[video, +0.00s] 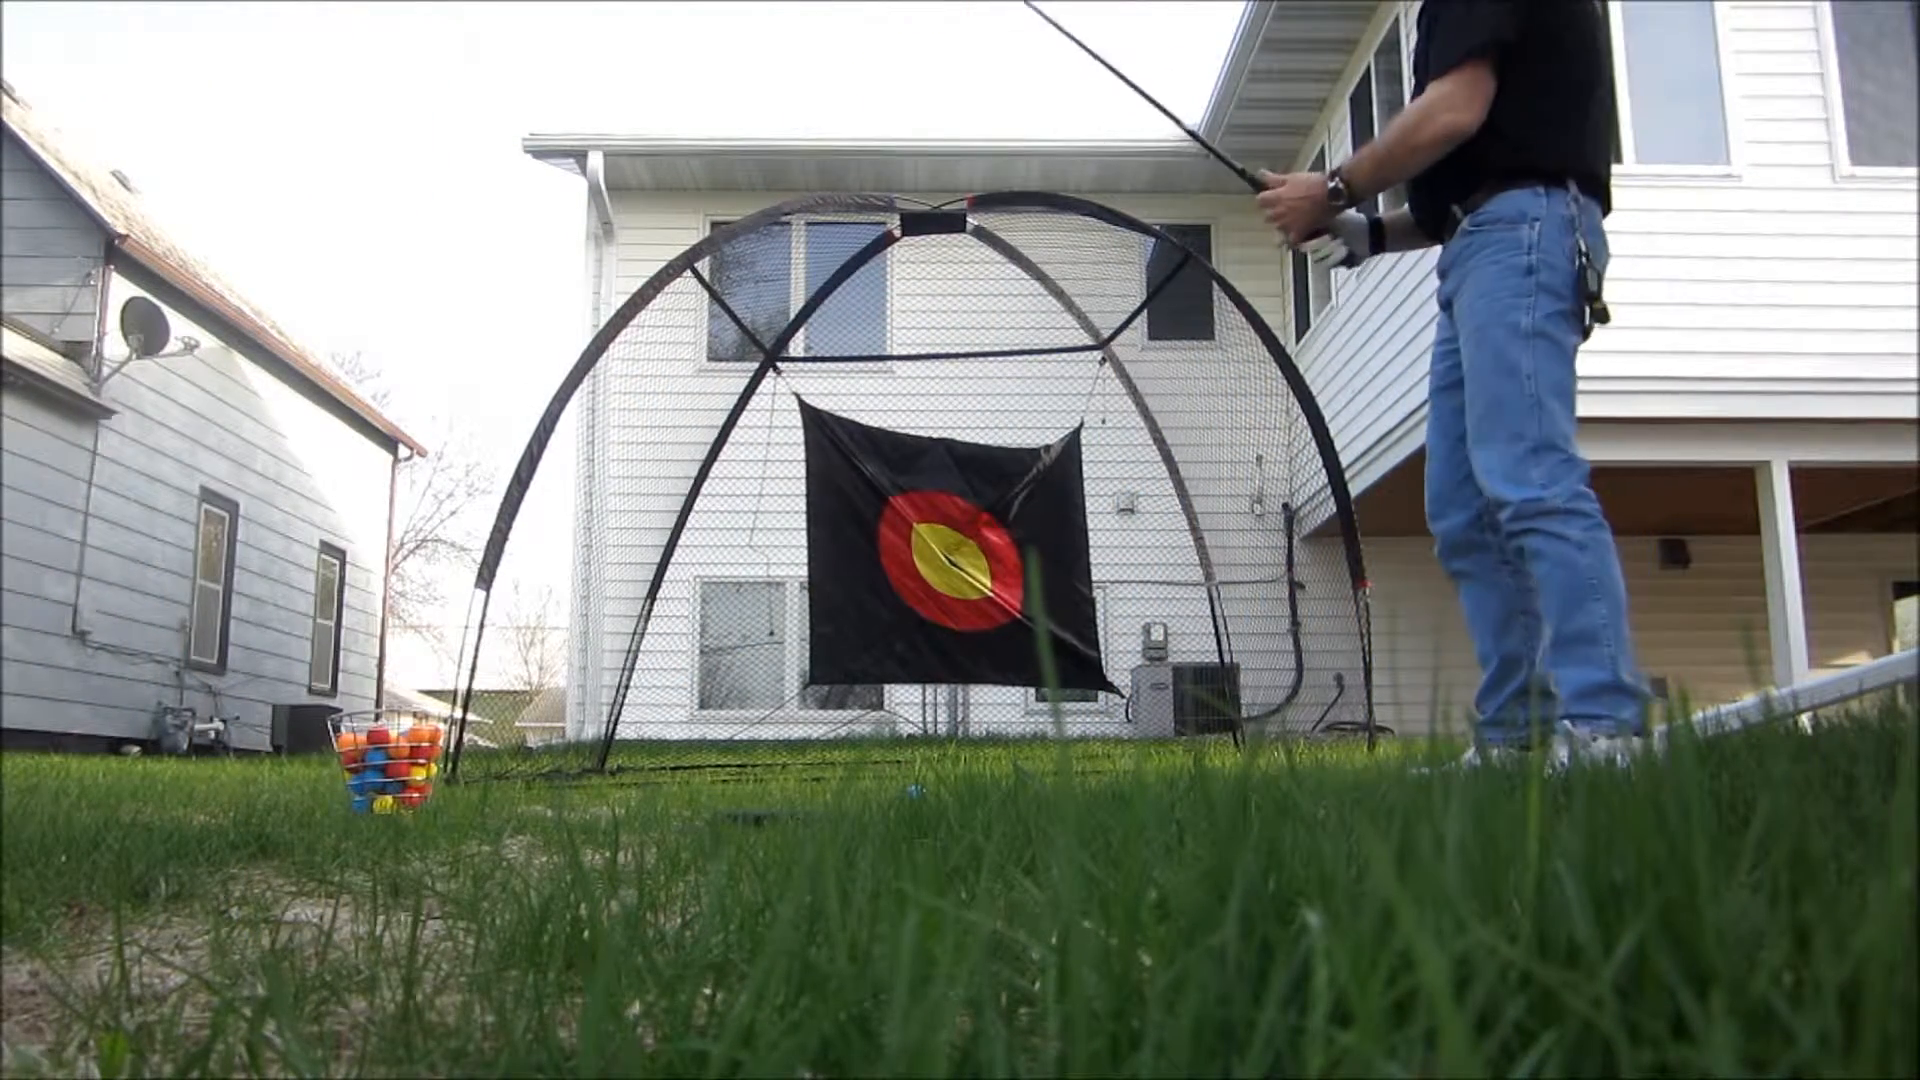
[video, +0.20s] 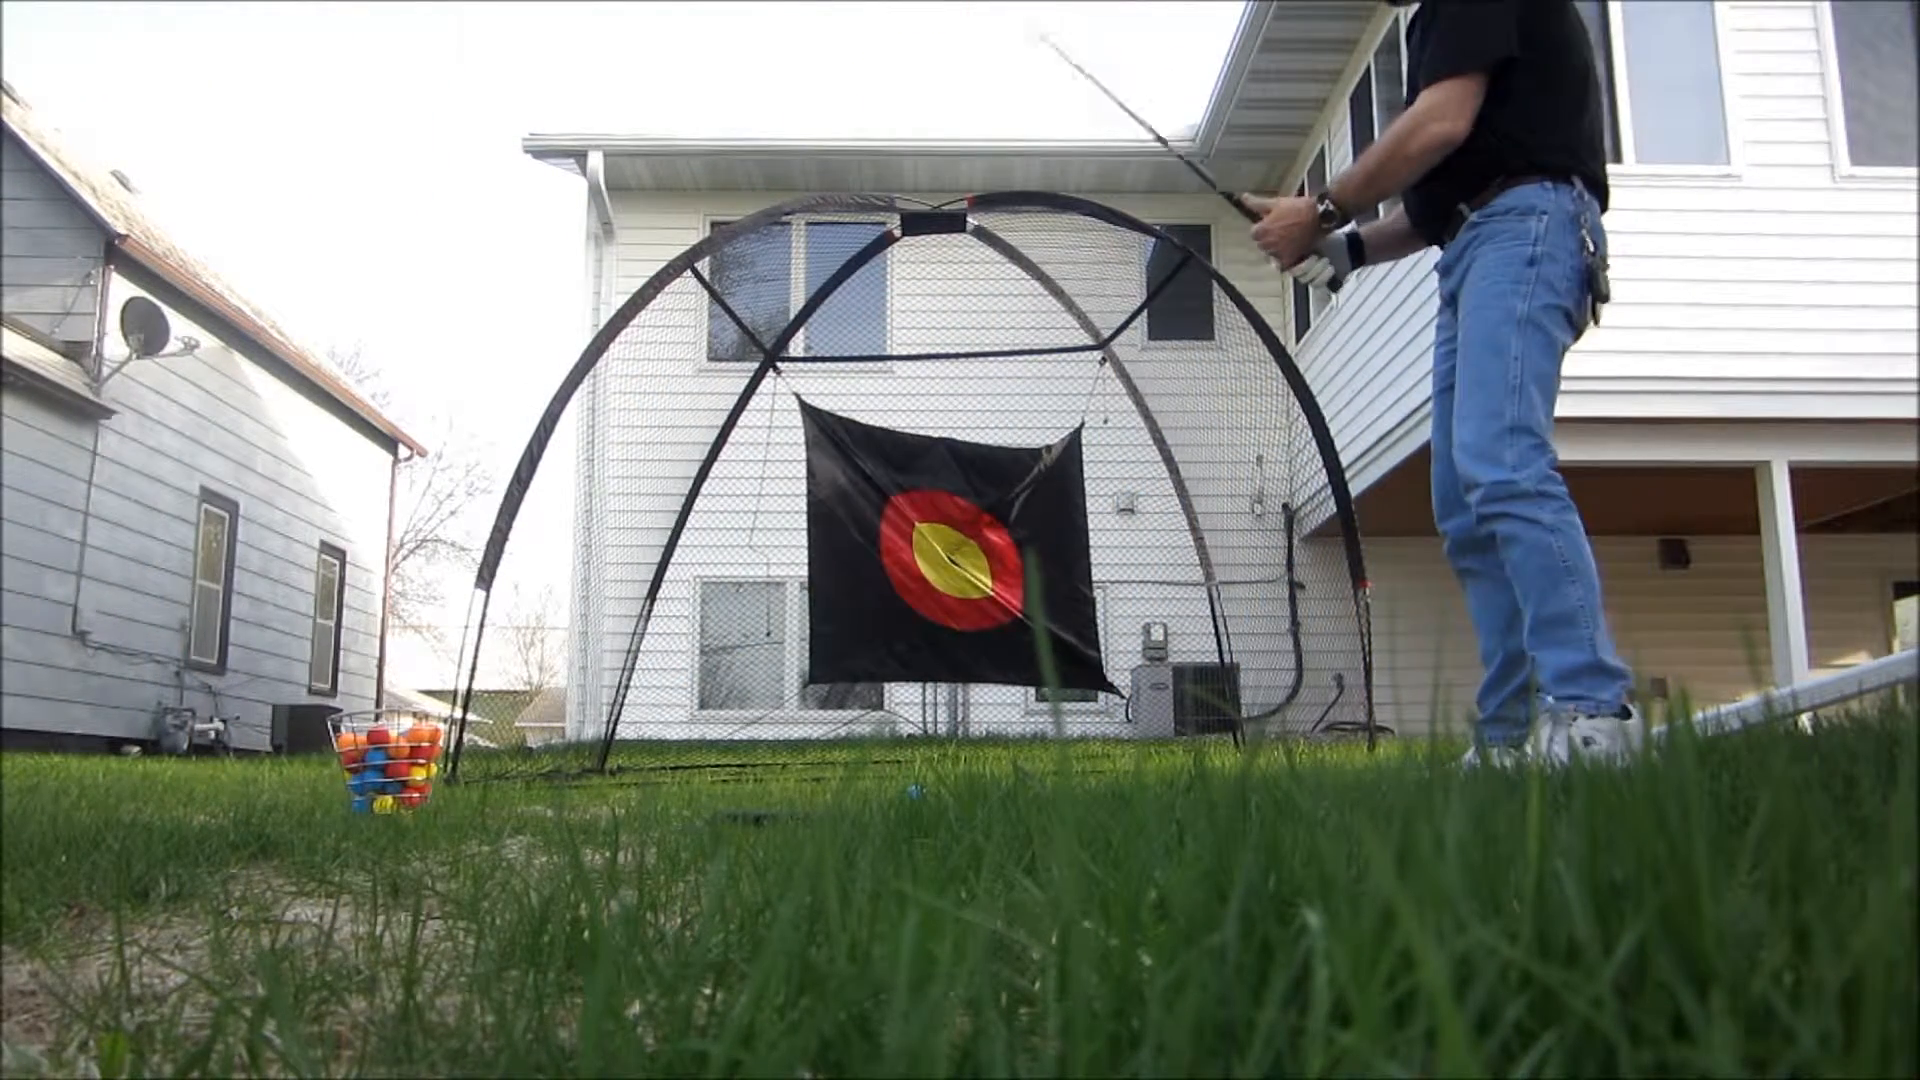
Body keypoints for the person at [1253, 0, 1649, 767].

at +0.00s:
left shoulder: (1487, 1)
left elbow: (1455, 108)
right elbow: (1467, 200)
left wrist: (1333, 189)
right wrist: (1356, 231)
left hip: (1523, 220)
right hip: (1472, 243)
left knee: (1533, 481)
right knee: (1464, 511)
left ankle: (1605, 725)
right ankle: (1518, 735)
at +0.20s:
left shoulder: (1481, 1)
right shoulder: (1441, 30)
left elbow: (1443, 119)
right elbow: (1447, 203)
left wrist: (1324, 207)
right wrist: (1343, 250)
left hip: (1526, 218)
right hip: (1469, 249)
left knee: (1503, 463)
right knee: (1464, 500)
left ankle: (1591, 712)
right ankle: (1513, 732)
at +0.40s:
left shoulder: (1471, 1)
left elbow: (1419, 125)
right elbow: (1447, 198)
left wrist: (1309, 229)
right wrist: (1334, 263)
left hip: (1518, 224)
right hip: (1468, 247)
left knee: (1522, 491)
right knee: (1461, 513)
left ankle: (1600, 728)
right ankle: (1509, 739)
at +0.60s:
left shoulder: (1468, 1)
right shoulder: (1519, 27)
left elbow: (1422, 119)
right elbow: (1460, 176)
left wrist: (1313, 225)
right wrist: (1346, 254)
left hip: (1520, 214)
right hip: (1485, 232)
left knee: (1546, 493)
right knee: (1452, 509)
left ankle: (1604, 735)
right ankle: (1508, 730)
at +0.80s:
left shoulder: (1469, 2)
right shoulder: (1525, 24)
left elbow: (1428, 119)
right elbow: (1468, 164)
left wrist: (1320, 227)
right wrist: (1355, 256)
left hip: (1530, 215)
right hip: (1497, 228)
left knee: (1557, 493)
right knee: (1439, 492)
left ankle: (1605, 735)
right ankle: (1498, 721)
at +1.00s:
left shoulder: (1468, 4)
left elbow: (1424, 125)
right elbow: (1465, 167)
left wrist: (1327, 257)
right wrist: (1366, 270)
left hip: (1530, 214)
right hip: (1489, 230)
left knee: (1555, 494)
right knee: (1449, 503)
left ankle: (1605, 733)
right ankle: (1487, 728)